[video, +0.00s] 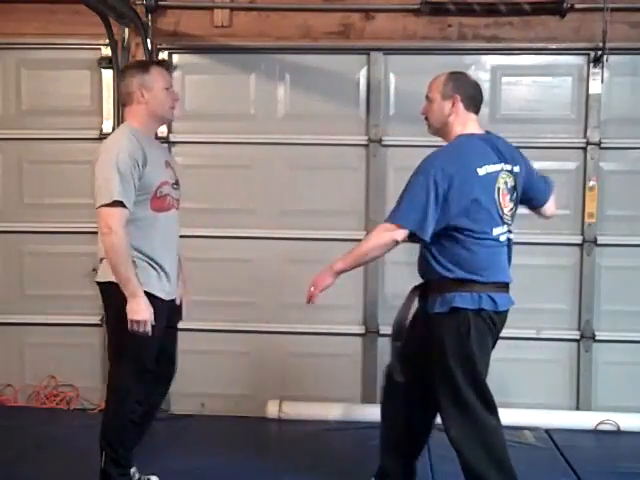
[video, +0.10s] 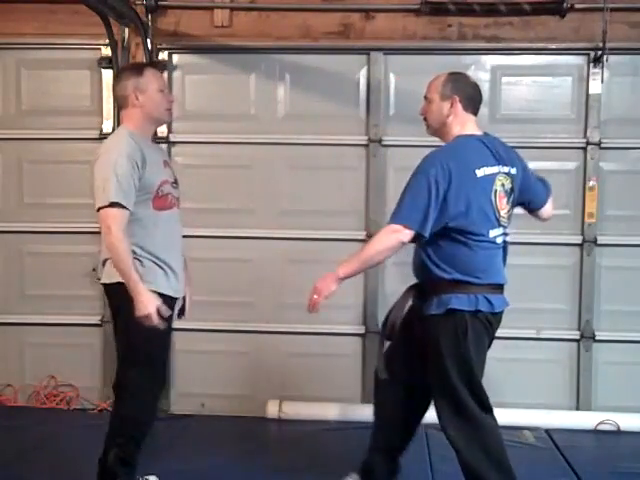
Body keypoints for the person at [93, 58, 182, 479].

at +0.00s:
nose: (176, 96)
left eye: (174, 88)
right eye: (167, 89)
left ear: (149, 96)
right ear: (140, 96)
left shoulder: (158, 146)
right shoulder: (120, 147)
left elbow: (161, 221)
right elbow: (111, 229)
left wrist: (178, 278)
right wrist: (134, 295)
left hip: (160, 287)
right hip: (131, 288)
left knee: (157, 376)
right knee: (130, 380)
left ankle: (121, 462)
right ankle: (116, 468)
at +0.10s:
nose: (171, 98)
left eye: (168, 90)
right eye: (163, 90)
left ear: (141, 98)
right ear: (136, 97)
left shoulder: (152, 149)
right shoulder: (120, 148)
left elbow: (163, 222)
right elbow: (112, 228)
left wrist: (180, 278)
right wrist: (139, 291)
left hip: (158, 287)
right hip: (136, 289)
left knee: (147, 384)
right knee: (139, 386)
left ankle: (125, 468)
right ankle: (117, 471)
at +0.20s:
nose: (169, 101)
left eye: (167, 94)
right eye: (161, 94)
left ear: (139, 100)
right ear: (133, 100)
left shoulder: (152, 151)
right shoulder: (119, 147)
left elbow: (173, 213)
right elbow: (123, 222)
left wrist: (188, 263)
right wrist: (164, 269)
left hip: (154, 282)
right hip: (134, 281)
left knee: (136, 382)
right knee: (183, 371)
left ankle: (112, 471)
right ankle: (145, 465)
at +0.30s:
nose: (170, 102)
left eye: (167, 95)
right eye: (162, 95)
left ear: (142, 102)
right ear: (134, 102)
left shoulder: (158, 152)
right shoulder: (119, 146)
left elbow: (174, 210)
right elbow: (143, 208)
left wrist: (196, 245)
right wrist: (193, 231)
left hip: (160, 276)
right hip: (137, 276)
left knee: (141, 382)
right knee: (200, 358)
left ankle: (113, 471)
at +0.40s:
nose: (171, 104)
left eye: (169, 97)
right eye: (163, 97)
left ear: (143, 103)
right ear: (136, 102)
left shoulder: (160, 153)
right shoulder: (122, 145)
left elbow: (187, 196)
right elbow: (164, 190)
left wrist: (206, 219)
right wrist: (233, 183)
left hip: (163, 275)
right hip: (144, 276)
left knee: (143, 380)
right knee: (222, 343)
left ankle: (113, 469)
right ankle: (278, 438)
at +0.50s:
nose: (177, 105)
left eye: (175, 97)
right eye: (169, 97)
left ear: (143, 104)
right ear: (141, 102)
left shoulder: (145, 145)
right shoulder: (137, 141)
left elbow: (188, 188)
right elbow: (196, 170)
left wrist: (226, 198)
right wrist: (265, 143)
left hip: (156, 272)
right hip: (159, 271)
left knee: (150, 377)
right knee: (243, 335)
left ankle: (115, 470)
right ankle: (311, 425)